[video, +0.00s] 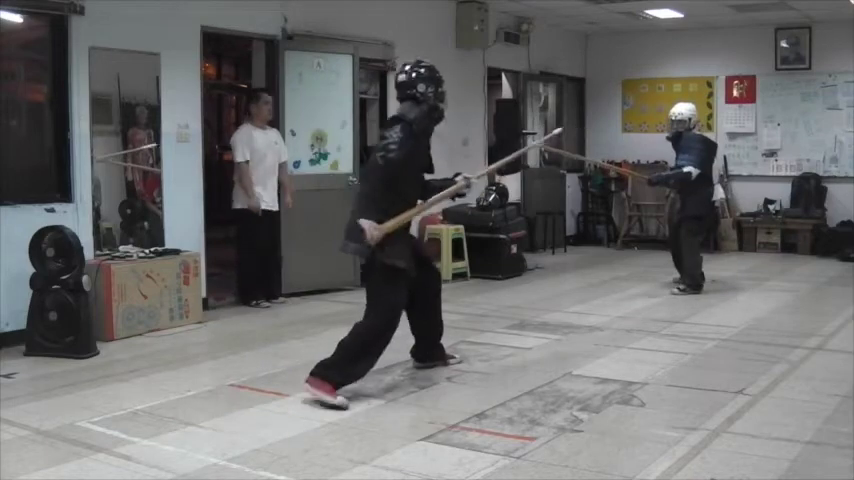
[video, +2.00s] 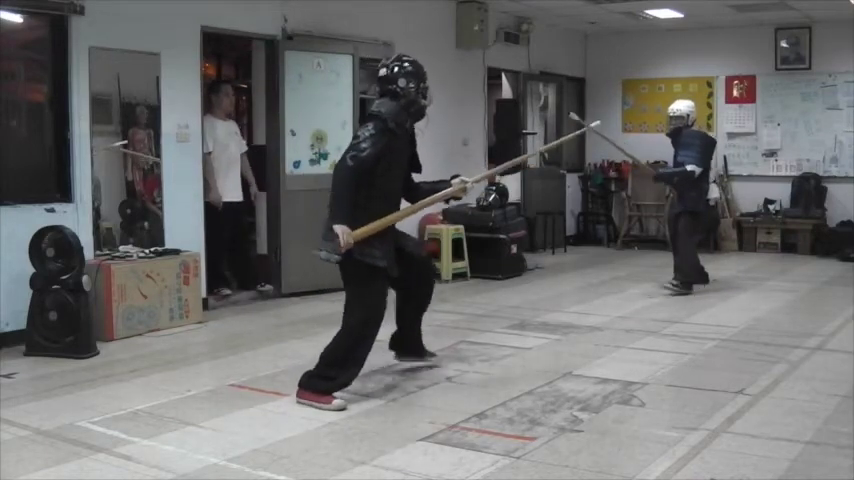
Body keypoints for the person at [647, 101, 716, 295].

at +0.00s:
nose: (676, 126)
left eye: (680, 122)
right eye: (674, 122)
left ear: (690, 122)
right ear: (671, 122)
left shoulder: (696, 141)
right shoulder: (681, 142)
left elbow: (690, 172)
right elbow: (683, 169)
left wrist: (662, 178)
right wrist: (666, 177)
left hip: (697, 198)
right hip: (685, 197)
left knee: (687, 236)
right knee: (676, 235)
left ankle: (693, 282)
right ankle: (687, 274)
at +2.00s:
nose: (672, 122)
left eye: (677, 119)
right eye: (671, 118)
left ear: (688, 119)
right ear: (669, 118)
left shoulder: (695, 138)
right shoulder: (680, 140)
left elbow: (693, 171)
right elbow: (681, 168)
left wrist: (662, 174)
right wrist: (663, 171)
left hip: (693, 195)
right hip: (682, 194)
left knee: (684, 231)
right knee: (676, 229)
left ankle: (685, 281)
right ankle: (692, 273)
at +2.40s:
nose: (661, 133)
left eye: (666, 129)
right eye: (660, 129)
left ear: (678, 130)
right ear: (657, 129)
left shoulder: (680, 150)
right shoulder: (668, 148)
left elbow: (668, 179)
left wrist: (636, 188)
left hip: (686, 206)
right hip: (680, 205)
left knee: (666, 239)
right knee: (668, 239)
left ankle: (672, 286)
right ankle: (690, 275)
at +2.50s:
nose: (662, 134)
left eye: (667, 130)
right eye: (660, 130)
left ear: (678, 131)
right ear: (657, 130)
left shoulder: (680, 150)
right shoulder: (668, 149)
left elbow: (666, 180)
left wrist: (635, 190)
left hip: (686, 207)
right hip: (679, 205)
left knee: (664, 240)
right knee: (668, 240)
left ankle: (672, 285)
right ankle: (689, 275)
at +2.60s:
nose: (659, 134)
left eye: (664, 130)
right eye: (658, 130)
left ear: (675, 132)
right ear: (655, 130)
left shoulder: (676, 151)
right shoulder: (665, 151)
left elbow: (663, 185)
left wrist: (633, 194)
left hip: (684, 208)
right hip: (677, 207)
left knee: (663, 240)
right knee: (669, 241)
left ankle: (671, 287)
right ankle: (690, 276)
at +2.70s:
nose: (653, 136)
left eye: (658, 132)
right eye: (652, 131)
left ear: (669, 133)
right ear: (649, 130)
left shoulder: (668, 153)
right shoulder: (662, 150)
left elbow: (665, 193)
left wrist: (639, 200)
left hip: (677, 206)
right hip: (678, 204)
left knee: (663, 244)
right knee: (675, 243)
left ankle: (663, 290)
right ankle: (693, 276)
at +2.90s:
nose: (637, 147)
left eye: (643, 143)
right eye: (636, 142)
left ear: (655, 145)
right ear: (634, 142)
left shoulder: (661, 166)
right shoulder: (643, 165)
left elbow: (650, 197)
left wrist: (623, 205)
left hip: (678, 214)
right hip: (666, 213)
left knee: (657, 244)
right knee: (677, 243)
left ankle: (658, 293)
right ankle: (693, 273)